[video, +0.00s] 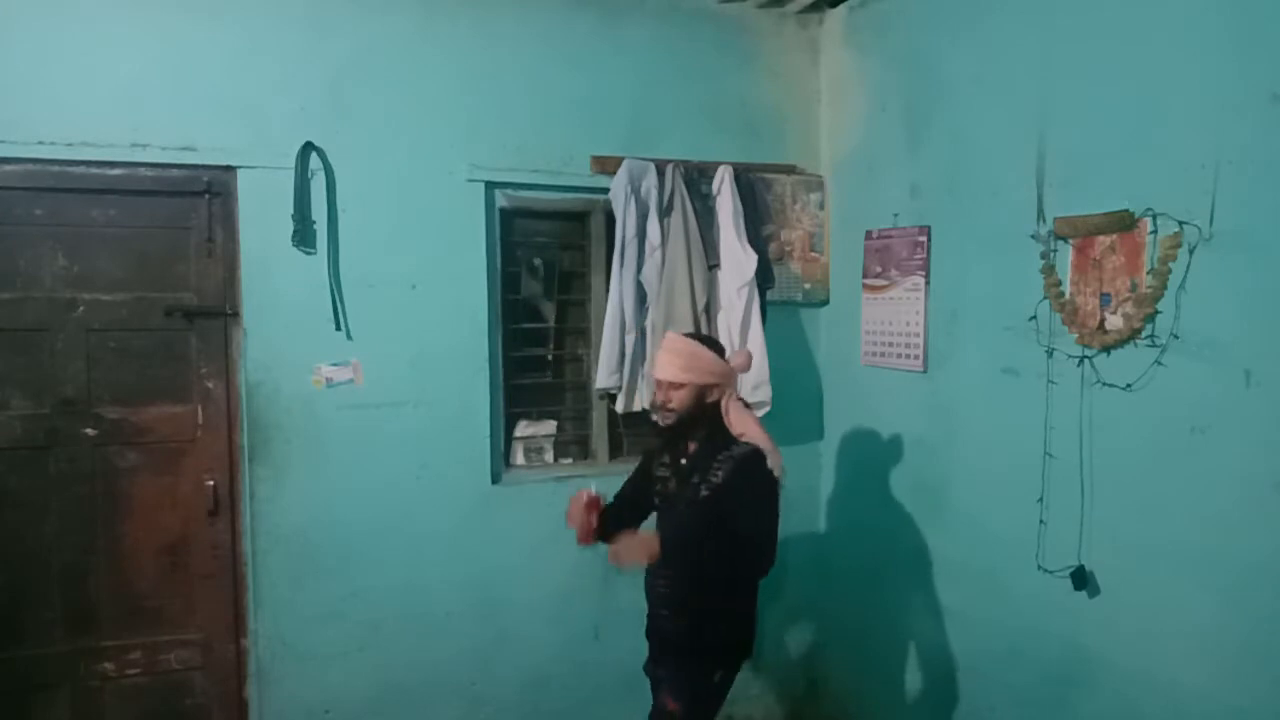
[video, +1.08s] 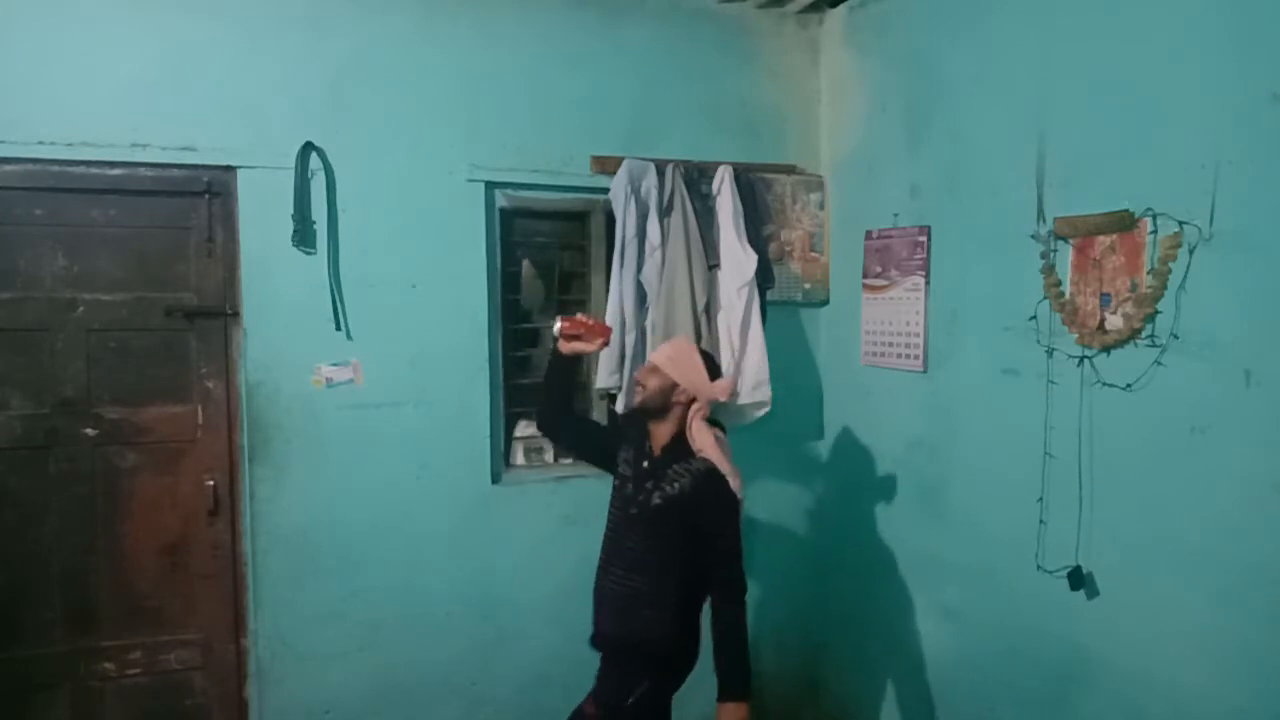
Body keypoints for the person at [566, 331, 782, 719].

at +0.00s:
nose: (662, 398)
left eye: (676, 388)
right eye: (658, 386)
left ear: (711, 391)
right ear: (651, 383)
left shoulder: (748, 460)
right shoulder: (667, 448)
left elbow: (754, 556)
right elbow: (626, 512)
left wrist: (662, 547)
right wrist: (597, 522)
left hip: (715, 633)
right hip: (665, 626)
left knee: (682, 710)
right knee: (666, 707)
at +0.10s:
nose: (667, 391)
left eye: (681, 381)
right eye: (667, 379)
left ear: (715, 389)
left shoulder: (748, 460)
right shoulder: (669, 447)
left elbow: (754, 552)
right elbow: (626, 517)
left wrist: (670, 515)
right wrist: (597, 505)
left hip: (721, 631)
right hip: (671, 622)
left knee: (667, 710)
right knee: (669, 708)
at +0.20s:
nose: (671, 380)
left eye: (685, 372)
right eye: (673, 368)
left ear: (718, 387)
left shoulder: (749, 467)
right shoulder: (668, 453)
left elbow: (749, 573)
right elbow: (645, 531)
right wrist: (613, 537)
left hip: (718, 631)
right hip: (666, 622)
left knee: (689, 711)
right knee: (662, 710)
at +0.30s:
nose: (687, 384)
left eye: (702, 377)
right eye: (690, 373)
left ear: (733, 396)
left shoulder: (753, 478)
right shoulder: (669, 463)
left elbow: (742, 589)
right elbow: (617, 538)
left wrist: (741, 691)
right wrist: (595, 517)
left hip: (709, 646)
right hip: (653, 639)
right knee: (653, 707)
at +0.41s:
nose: (692, 391)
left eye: (707, 384)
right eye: (695, 381)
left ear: (738, 404)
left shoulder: (759, 495)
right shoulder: (665, 466)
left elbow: (771, 607)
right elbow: (586, 484)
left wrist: (763, 698)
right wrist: (582, 431)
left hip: (692, 656)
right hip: (638, 643)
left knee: (645, 711)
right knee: (641, 711)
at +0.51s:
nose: (691, 390)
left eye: (707, 385)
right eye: (695, 381)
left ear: (737, 408)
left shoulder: (752, 497)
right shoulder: (656, 464)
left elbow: (775, 604)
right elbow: (584, 434)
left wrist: (780, 696)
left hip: (684, 661)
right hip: (631, 649)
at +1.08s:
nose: (638, 375)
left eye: (654, 370)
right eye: (645, 366)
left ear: (683, 393)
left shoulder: (709, 482)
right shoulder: (629, 445)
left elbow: (728, 597)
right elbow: (556, 420)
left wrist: (733, 697)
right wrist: (565, 356)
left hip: (658, 650)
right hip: (617, 639)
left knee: (591, 710)